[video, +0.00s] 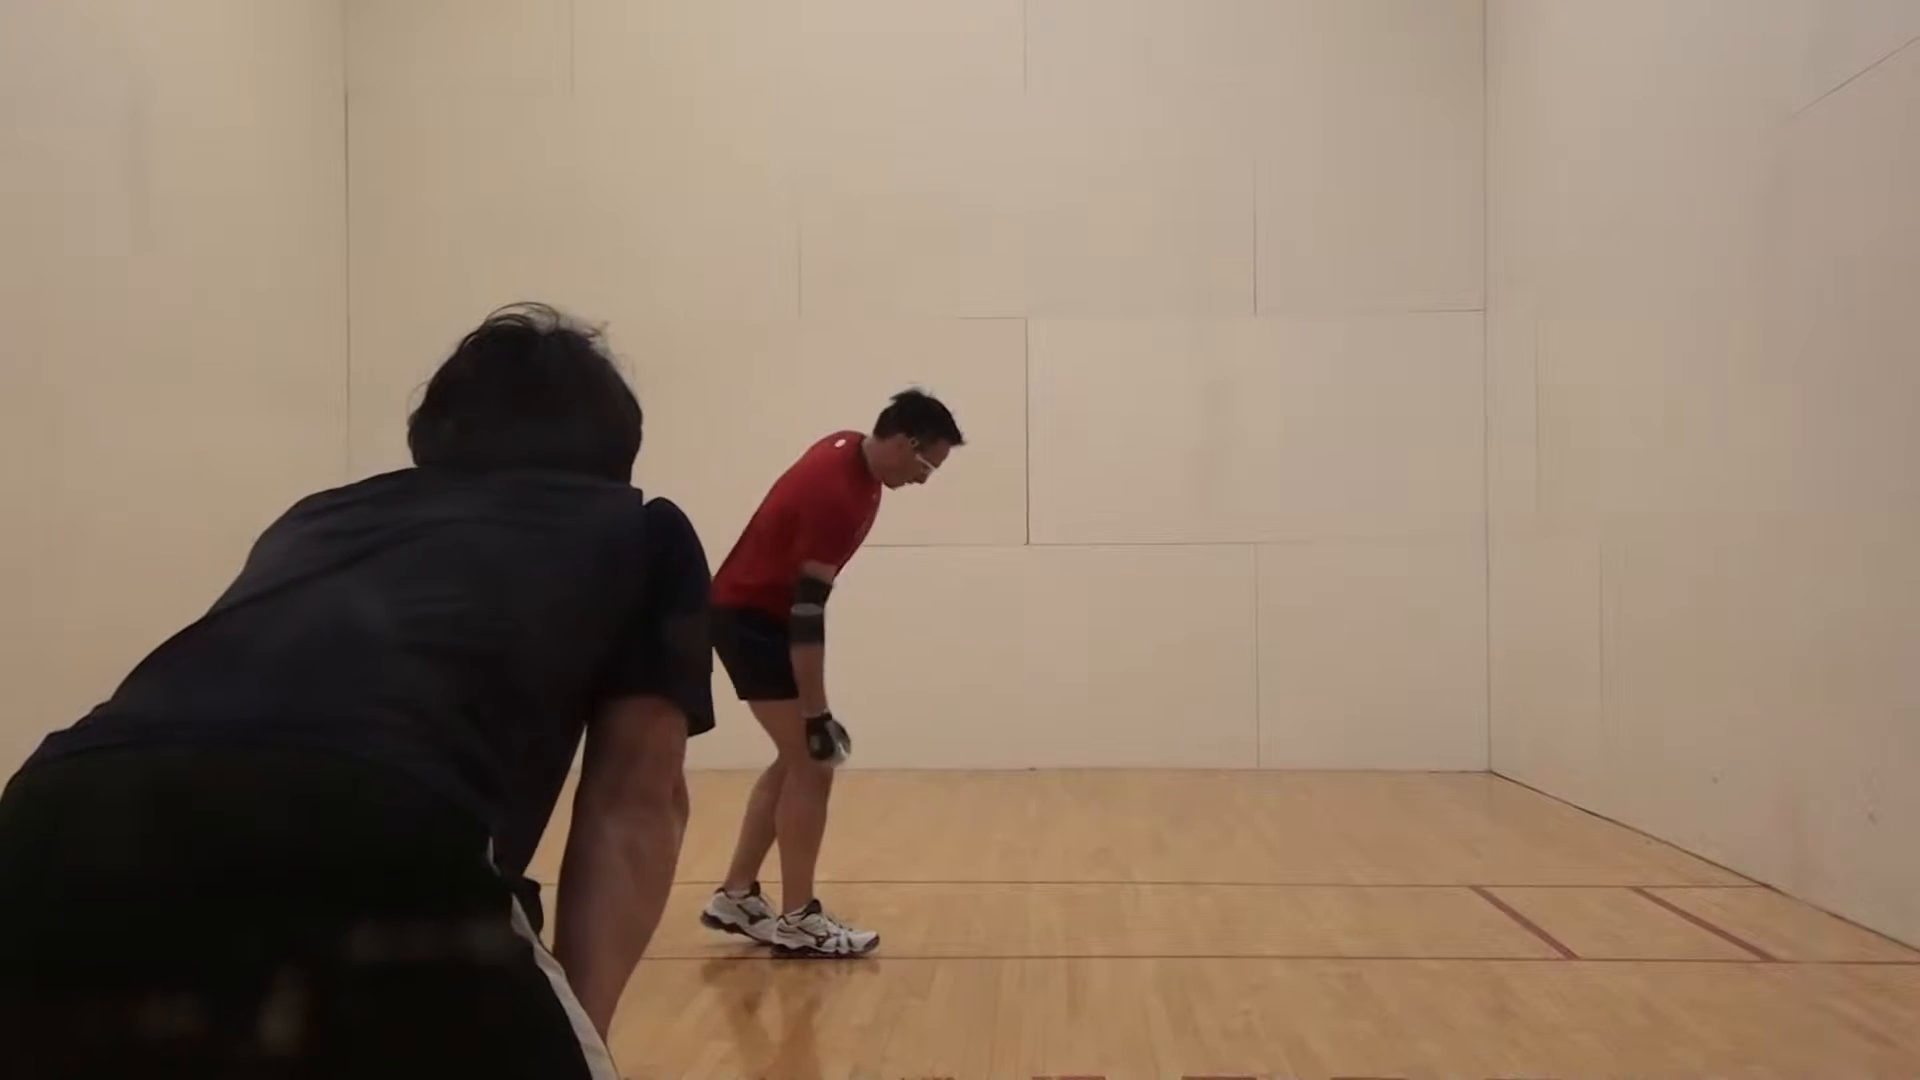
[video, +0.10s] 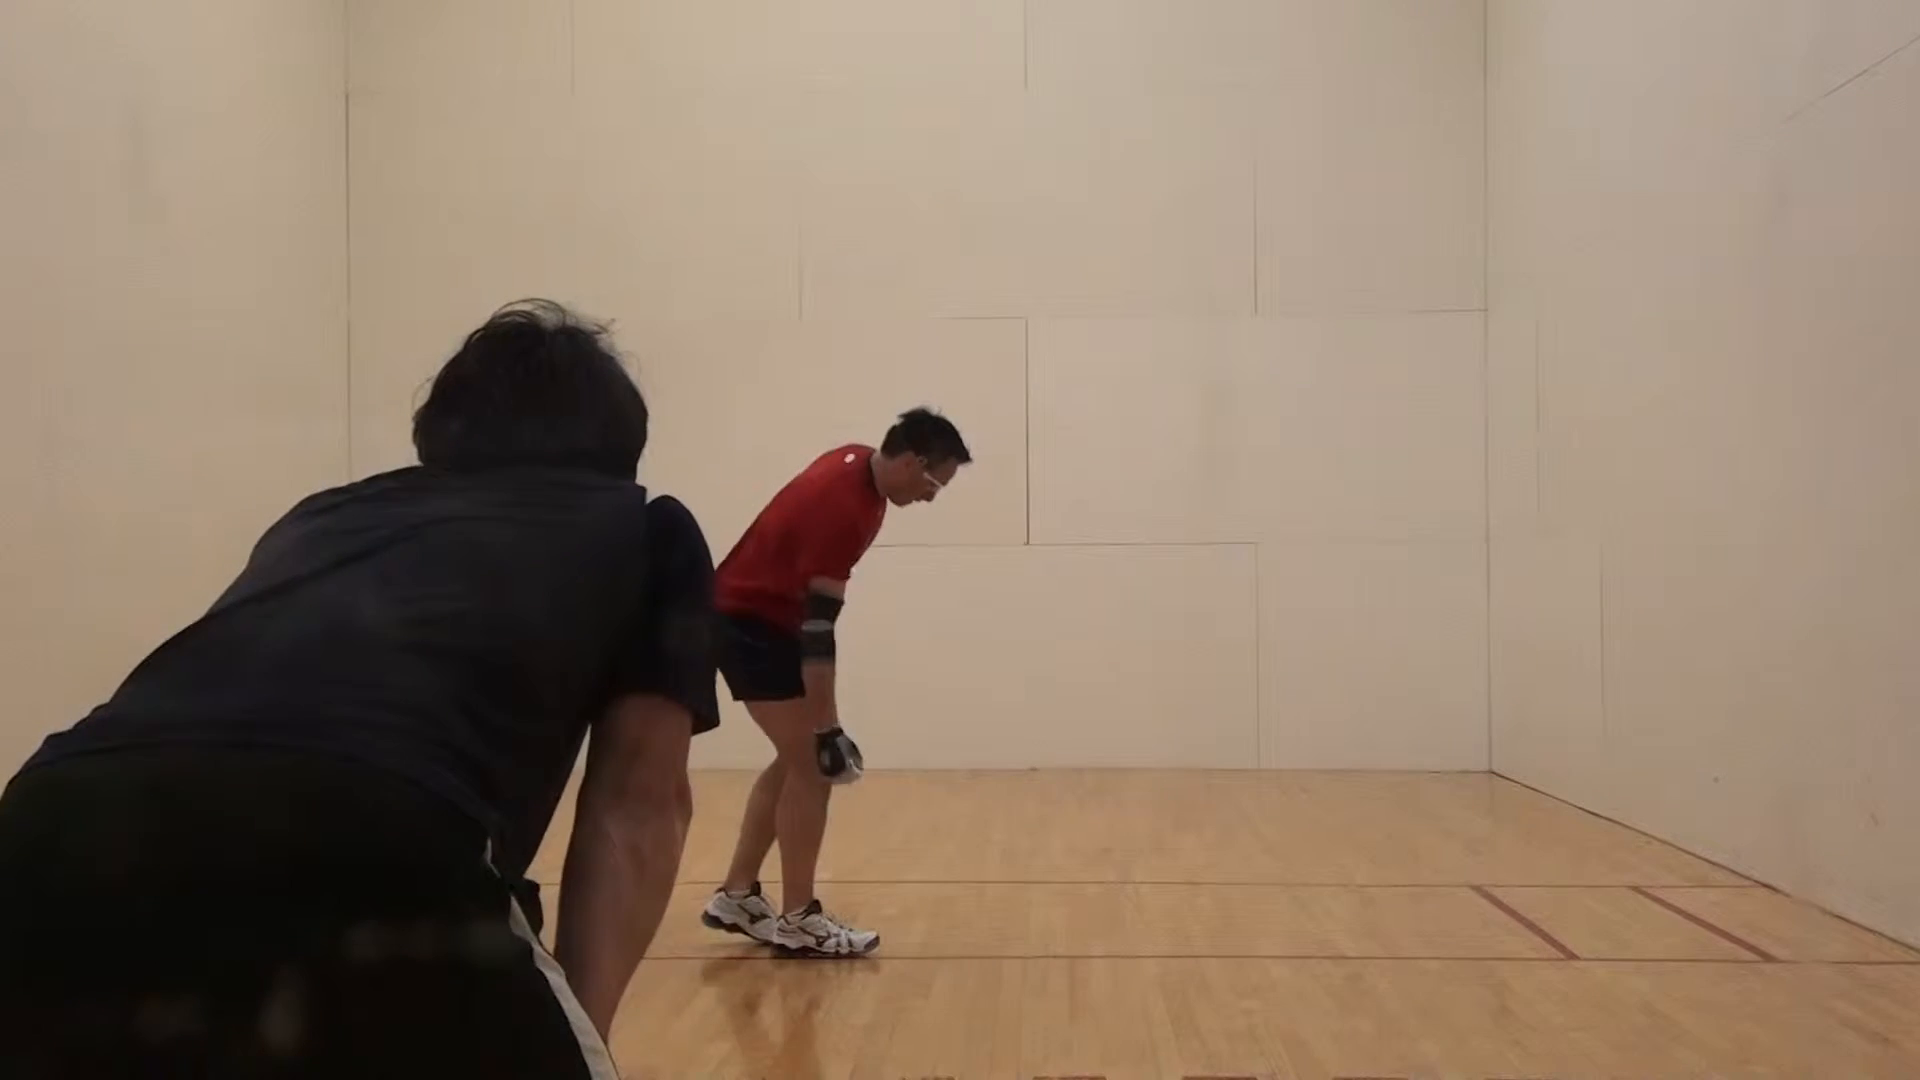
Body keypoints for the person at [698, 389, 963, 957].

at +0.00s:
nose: (923, 475)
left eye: (931, 467)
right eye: (923, 462)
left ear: (896, 439)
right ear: (895, 438)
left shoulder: (849, 454)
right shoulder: (842, 494)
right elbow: (806, 611)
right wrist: (815, 715)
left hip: (748, 610)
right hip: (751, 616)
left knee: (796, 755)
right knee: (811, 756)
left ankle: (735, 894)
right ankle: (797, 914)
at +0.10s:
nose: (931, 494)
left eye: (939, 486)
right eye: (930, 480)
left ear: (903, 457)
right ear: (904, 457)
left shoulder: (856, 466)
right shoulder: (847, 506)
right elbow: (818, 626)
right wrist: (826, 729)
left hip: (746, 614)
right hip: (753, 623)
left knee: (796, 753)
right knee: (811, 757)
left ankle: (736, 894)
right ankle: (798, 914)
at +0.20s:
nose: (939, 516)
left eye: (946, 507)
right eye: (938, 503)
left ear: (908, 481)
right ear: (910, 482)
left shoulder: (861, 483)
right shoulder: (849, 527)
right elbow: (828, 653)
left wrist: (810, 619)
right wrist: (854, 751)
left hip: (745, 624)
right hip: (747, 634)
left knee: (795, 756)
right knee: (815, 760)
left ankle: (723, 888)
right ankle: (799, 915)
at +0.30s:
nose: (939, 548)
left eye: (945, 540)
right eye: (940, 535)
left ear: (912, 510)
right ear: (913, 514)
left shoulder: (864, 505)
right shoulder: (845, 548)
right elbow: (830, 679)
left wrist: (812, 626)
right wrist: (891, 758)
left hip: (735, 633)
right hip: (741, 643)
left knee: (782, 772)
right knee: (818, 764)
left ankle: (689, 872)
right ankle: (799, 916)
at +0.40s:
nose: (937, 576)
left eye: (944, 566)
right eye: (940, 564)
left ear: (914, 541)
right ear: (915, 545)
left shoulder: (865, 528)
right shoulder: (836, 575)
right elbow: (822, 701)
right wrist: (912, 728)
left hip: (721, 643)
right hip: (732, 654)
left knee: (770, 780)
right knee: (819, 762)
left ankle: (646, 857)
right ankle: (800, 917)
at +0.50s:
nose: (929, 596)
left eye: (936, 587)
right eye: (932, 584)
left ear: (908, 561)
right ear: (910, 566)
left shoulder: (858, 546)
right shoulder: (829, 594)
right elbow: (818, 715)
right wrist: (910, 717)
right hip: (722, 663)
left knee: (743, 794)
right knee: (814, 764)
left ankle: (632, 868)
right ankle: (799, 917)